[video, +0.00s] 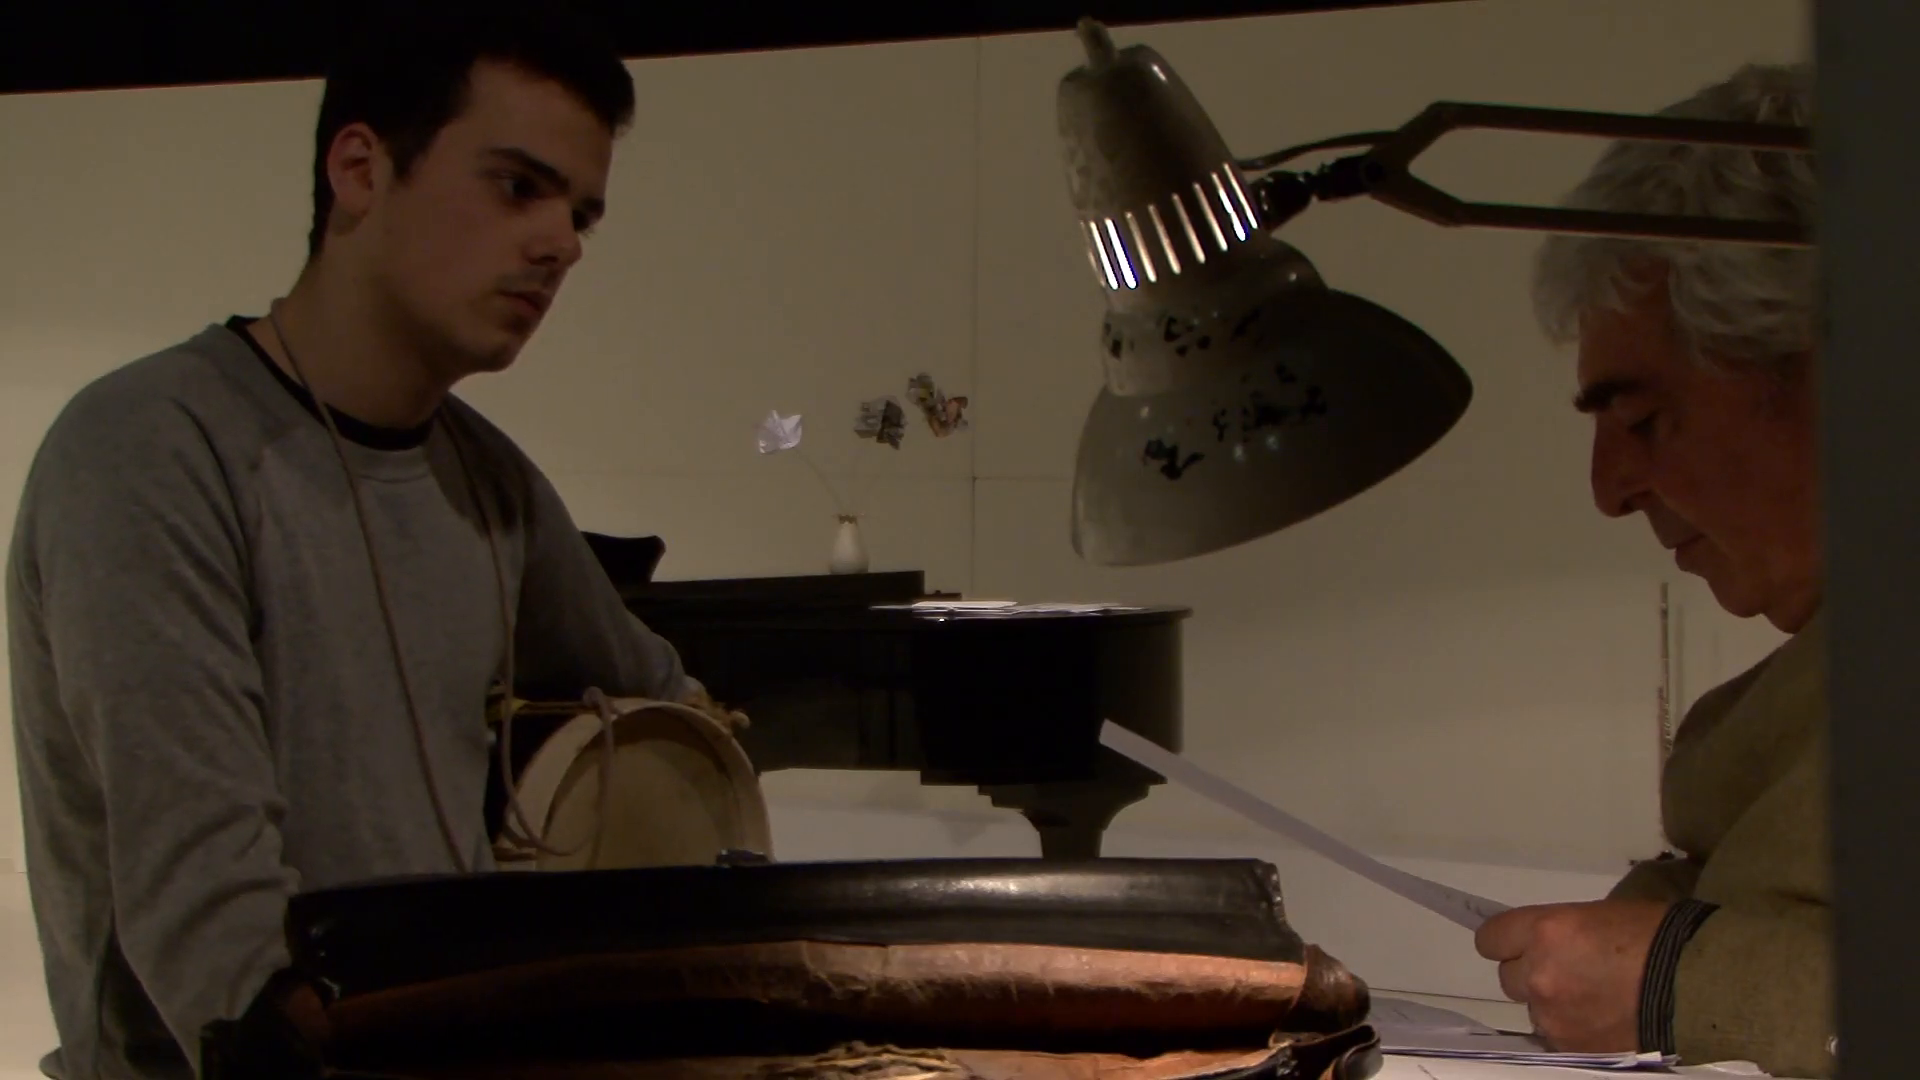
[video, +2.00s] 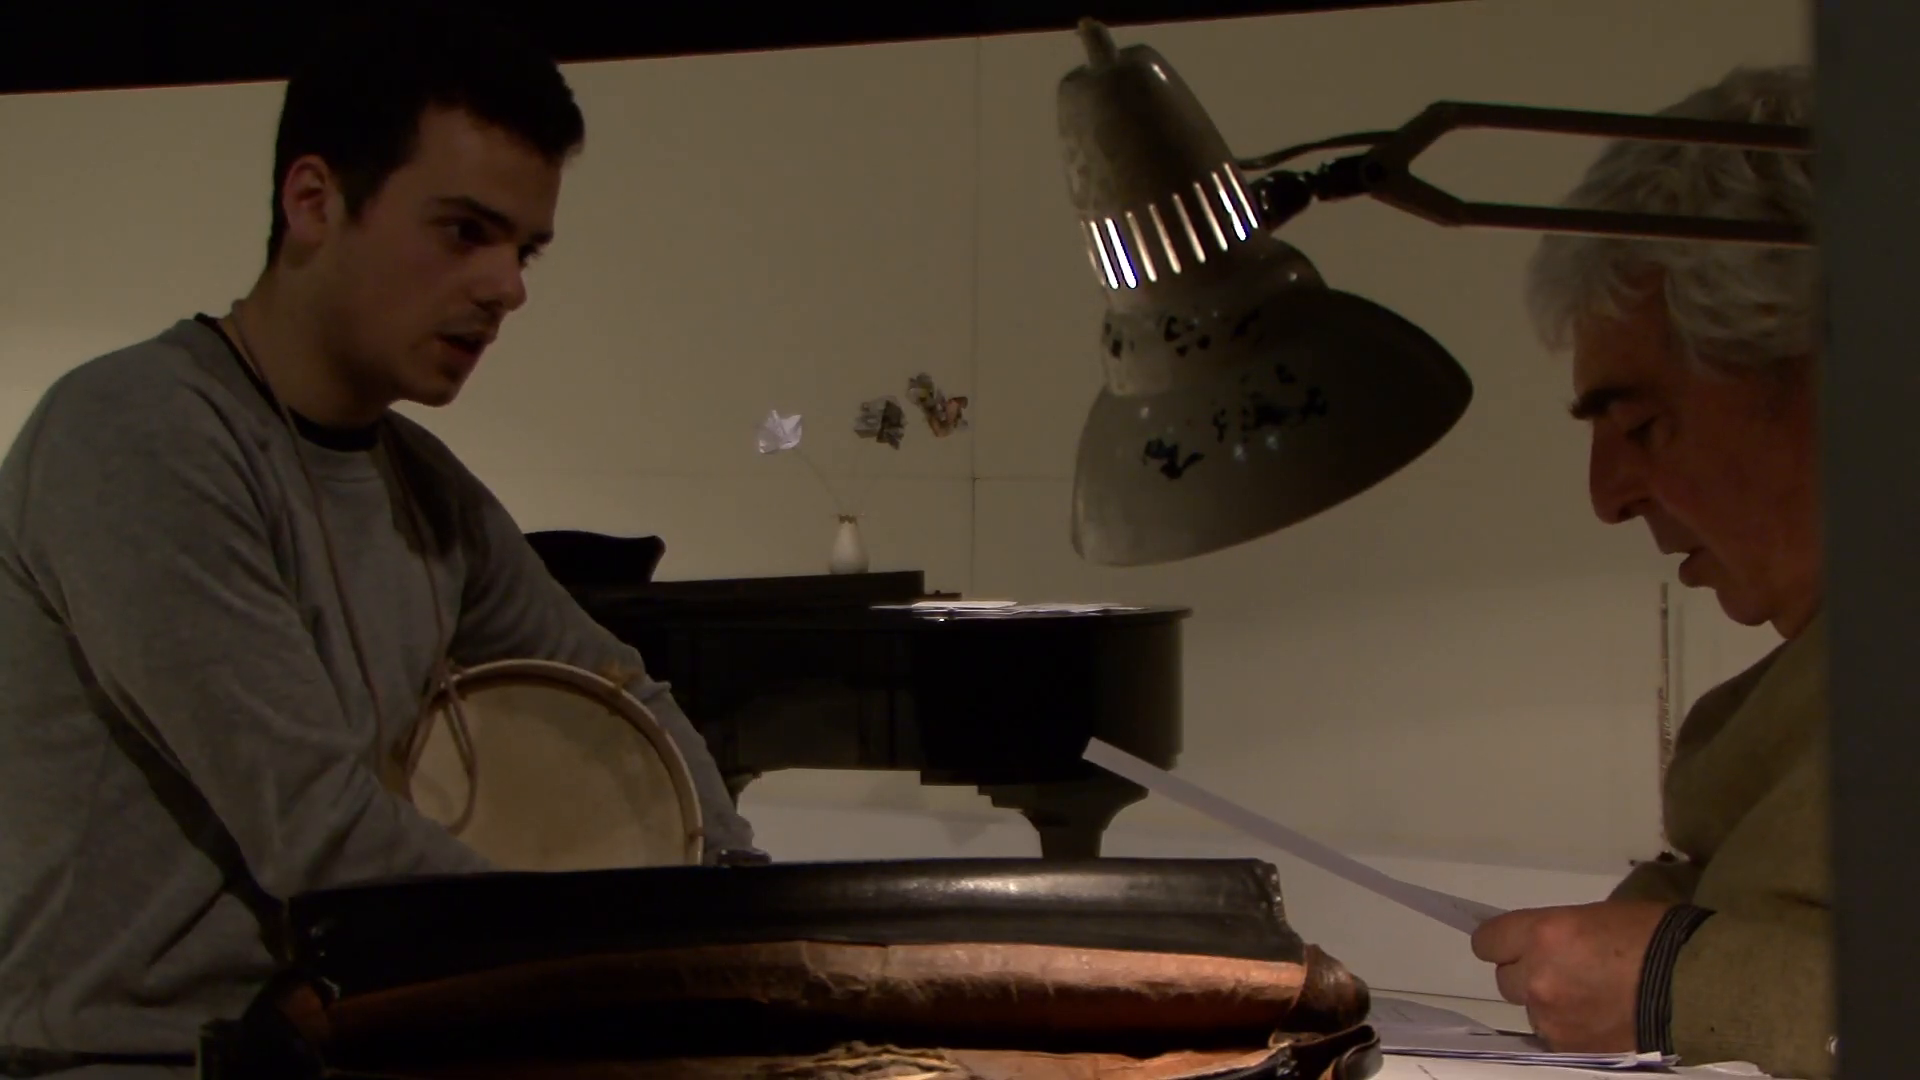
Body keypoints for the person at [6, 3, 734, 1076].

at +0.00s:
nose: (561, 246)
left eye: (581, 216)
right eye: (517, 185)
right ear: (359, 171)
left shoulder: (499, 487)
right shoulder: (138, 450)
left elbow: (666, 721)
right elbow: (205, 914)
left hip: (478, 1039)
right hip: (193, 1062)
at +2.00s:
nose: (505, 290)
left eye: (523, 253)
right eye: (464, 231)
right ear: (312, 202)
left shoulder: (428, 489)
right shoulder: (126, 434)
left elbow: (618, 697)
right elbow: (320, 838)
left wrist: (746, 910)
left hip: (347, 1040)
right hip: (119, 1058)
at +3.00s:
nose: (523, 338)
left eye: (549, 301)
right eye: (493, 279)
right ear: (349, 224)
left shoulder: (459, 494)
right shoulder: (110, 445)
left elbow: (669, 719)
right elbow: (222, 898)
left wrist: (724, 947)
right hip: (89, 1045)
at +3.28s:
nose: (517, 427)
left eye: (542, 394)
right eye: (499, 369)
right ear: (374, 265)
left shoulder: (478, 519)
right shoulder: (90, 444)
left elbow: (677, 735)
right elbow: (80, 872)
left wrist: (715, 953)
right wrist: (317, 1041)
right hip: (56, 1036)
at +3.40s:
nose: (520, 431)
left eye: (544, 397)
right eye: (502, 371)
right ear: (377, 268)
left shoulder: (467, 523)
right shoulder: (86, 442)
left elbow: (665, 745)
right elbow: (88, 872)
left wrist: (689, 966)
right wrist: (326, 1044)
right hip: (48, 1042)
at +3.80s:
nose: (409, 454)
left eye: (438, 420)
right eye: (393, 398)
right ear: (270, 283)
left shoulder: (385, 514)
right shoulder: (18, 450)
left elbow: (574, 736)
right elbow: (9, 859)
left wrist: (627, 960)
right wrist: (258, 1028)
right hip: (32, 1028)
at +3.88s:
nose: (354, 459)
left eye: (382, 423)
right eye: (333, 401)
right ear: (210, 287)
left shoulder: (346, 521)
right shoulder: (15, 468)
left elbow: (539, 730)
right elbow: (12, 932)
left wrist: (573, 972)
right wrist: (191, 1062)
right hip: (44, 1041)